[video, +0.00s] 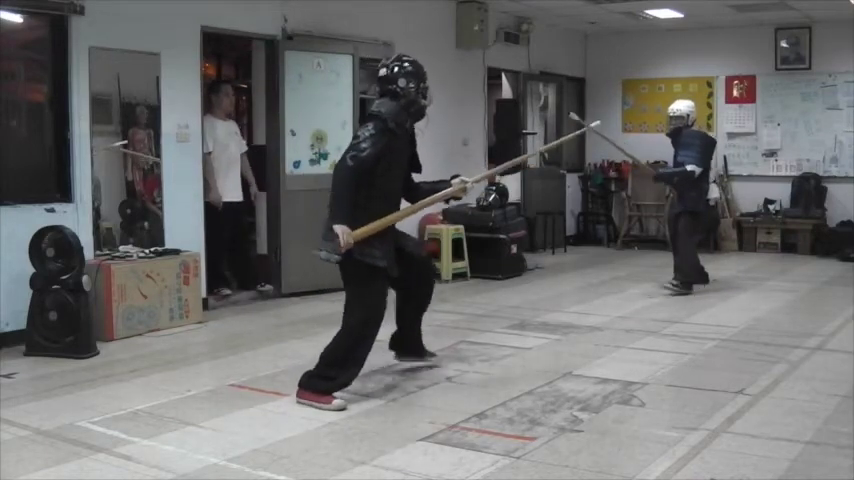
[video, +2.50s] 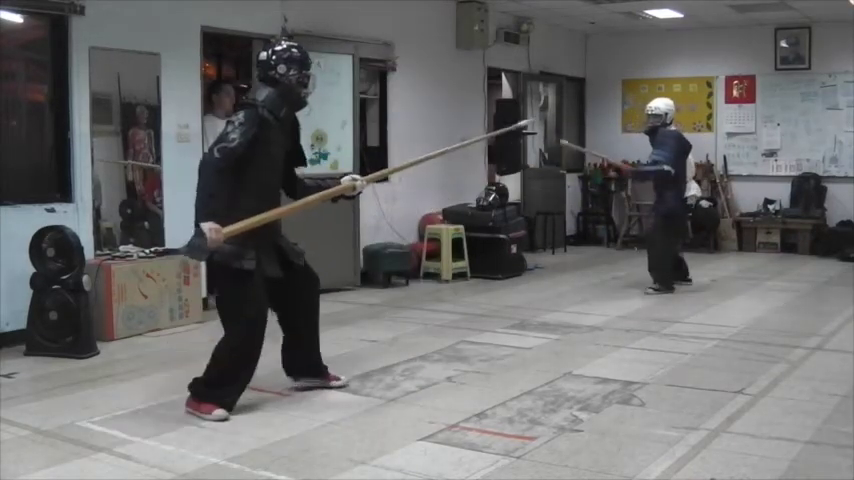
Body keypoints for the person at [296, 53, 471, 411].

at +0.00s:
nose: (424, 97)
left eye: (423, 89)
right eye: (419, 89)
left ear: (400, 90)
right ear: (403, 90)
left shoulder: (402, 132)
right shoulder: (379, 130)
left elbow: (410, 191)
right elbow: (345, 169)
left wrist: (450, 188)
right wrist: (340, 222)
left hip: (382, 234)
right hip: (357, 237)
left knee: (419, 272)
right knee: (366, 312)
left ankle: (408, 344)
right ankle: (316, 386)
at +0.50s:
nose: (461, 110)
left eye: (460, 103)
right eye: (457, 103)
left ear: (430, 105)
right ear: (445, 104)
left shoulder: (430, 142)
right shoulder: (423, 140)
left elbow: (425, 203)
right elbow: (418, 186)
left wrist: (464, 201)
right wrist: (459, 198)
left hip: (413, 239)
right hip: (399, 240)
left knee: (449, 275)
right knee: (415, 316)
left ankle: (451, 347)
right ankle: (352, 369)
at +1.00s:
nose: (375, 70)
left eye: (375, 63)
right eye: (369, 61)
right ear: (350, 60)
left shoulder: (354, 106)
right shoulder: (328, 92)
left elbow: (361, 175)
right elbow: (291, 126)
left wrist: (403, 187)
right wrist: (309, 146)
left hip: (322, 210)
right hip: (304, 210)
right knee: (344, 282)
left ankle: (280, 359)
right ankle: (372, 366)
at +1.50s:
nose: (254, 97)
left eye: (255, 89)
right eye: (244, 89)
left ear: (254, 94)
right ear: (220, 93)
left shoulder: (241, 138)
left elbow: (239, 208)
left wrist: (290, 222)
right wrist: (131, 244)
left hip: (216, 255)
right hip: (176, 259)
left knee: (264, 299)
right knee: (180, 349)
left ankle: (267, 378)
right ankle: (115, 417)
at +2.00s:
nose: (307, 94)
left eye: (308, 88)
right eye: (301, 86)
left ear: (300, 90)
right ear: (280, 85)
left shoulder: (287, 133)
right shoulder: (255, 125)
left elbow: (296, 196)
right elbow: (219, 169)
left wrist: (339, 195)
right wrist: (210, 226)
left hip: (261, 241)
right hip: (227, 241)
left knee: (297, 295)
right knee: (232, 324)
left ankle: (303, 373)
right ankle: (172, 396)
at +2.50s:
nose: (306, 85)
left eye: (307, 77)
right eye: (299, 76)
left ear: (296, 78)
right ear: (278, 75)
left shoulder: (286, 123)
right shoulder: (250, 120)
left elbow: (291, 184)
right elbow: (211, 164)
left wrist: (336, 188)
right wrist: (207, 219)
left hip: (265, 235)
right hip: (231, 238)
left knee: (302, 287)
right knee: (247, 323)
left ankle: (305, 369)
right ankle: (206, 397)